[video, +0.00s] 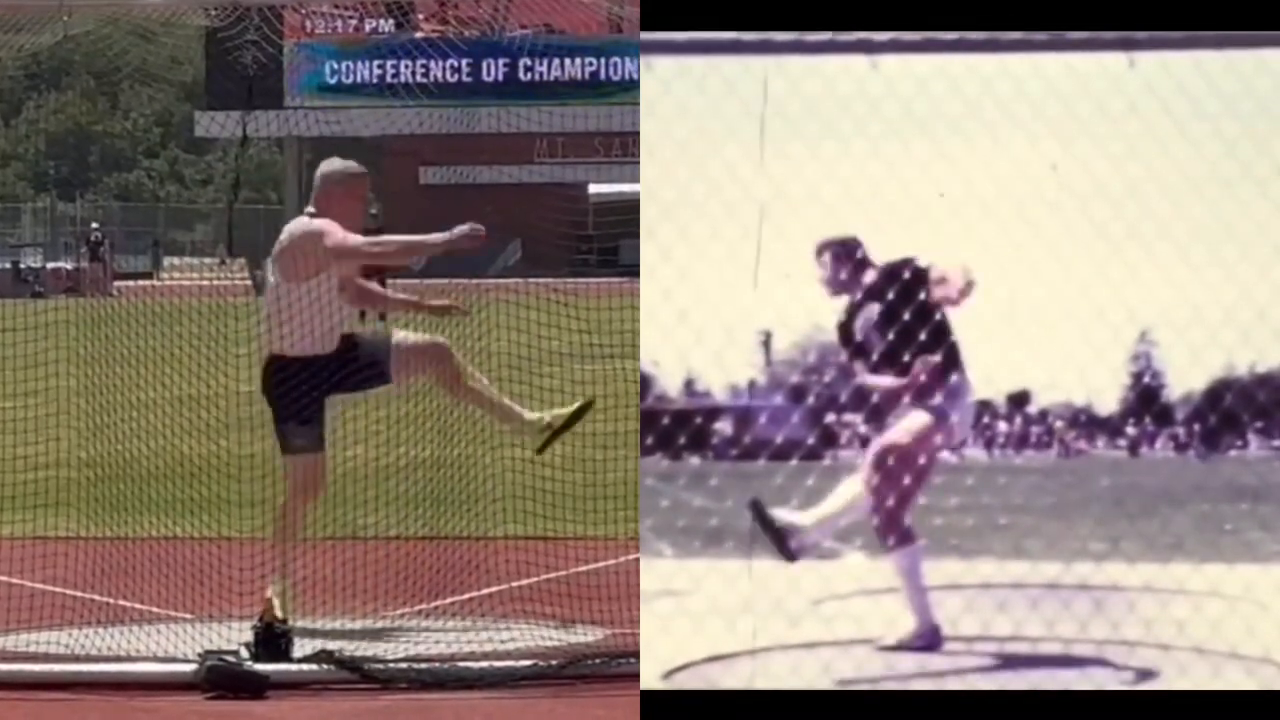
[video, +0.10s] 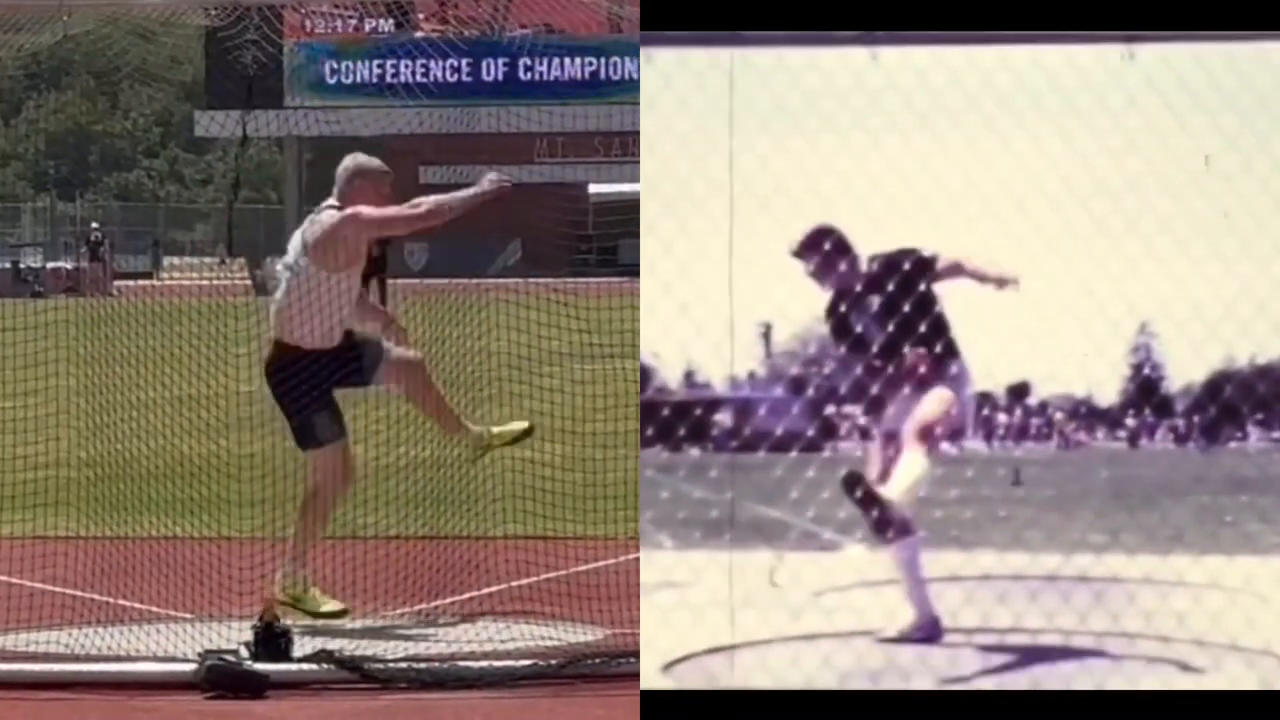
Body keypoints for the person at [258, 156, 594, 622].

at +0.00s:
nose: (366, 205)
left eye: (366, 196)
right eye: (360, 196)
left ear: (340, 197)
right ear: (332, 194)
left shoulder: (337, 240)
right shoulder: (307, 231)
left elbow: (360, 291)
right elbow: (373, 248)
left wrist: (422, 302)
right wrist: (446, 240)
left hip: (337, 355)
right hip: (293, 372)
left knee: (436, 355)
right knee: (306, 484)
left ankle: (530, 427)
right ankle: (276, 603)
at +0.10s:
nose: (388, 195)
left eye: (388, 187)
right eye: (382, 187)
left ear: (357, 190)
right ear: (358, 188)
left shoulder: (349, 230)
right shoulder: (337, 222)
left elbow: (345, 297)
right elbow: (421, 215)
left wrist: (384, 320)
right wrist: (479, 192)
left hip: (333, 349)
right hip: (295, 364)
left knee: (410, 366)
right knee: (334, 475)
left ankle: (470, 436)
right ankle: (292, 581)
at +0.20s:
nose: (404, 207)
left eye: (403, 200)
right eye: (400, 199)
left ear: (363, 193)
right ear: (382, 196)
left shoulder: (334, 224)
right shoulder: (370, 228)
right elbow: (448, 212)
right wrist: (498, 167)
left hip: (299, 351)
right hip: (318, 358)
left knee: (357, 360)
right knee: (350, 472)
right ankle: (323, 590)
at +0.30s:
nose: (416, 212)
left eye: (414, 202)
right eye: (413, 202)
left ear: (374, 202)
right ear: (399, 203)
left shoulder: (332, 237)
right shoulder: (399, 245)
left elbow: (294, 299)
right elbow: (487, 235)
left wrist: (308, 339)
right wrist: (505, 175)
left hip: (303, 360)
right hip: (352, 375)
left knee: (287, 403)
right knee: (354, 497)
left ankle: (253, 454)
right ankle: (323, 594)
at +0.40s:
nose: (412, 215)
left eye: (403, 208)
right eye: (417, 208)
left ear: (377, 206)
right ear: (418, 212)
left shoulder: (336, 241)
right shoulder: (425, 252)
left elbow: (288, 306)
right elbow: (510, 270)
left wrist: (283, 343)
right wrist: (512, 217)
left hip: (314, 362)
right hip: (367, 382)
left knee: (254, 401)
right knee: (359, 493)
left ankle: (194, 474)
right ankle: (327, 593)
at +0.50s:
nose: (400, 213)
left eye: (394, 207)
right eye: (410, 211)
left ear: (386, 215)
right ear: (426, 224)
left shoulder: (353, 240)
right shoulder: (440, 268)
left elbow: (297, 289)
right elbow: (497, 309)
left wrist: (271, 333)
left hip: (336, 361)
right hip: (383, 380)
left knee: (244, 385)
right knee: (352, 472)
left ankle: (187, 483)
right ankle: (362, 591)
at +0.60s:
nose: (374, 228)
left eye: (378, 223)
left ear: (381, 226)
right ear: (418, 236)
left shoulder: (361, 246)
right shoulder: (430, 278)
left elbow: (308, 290)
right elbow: (462, 337)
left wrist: (268, 323)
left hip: (359, 362)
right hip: (398, 383)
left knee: (240, 386)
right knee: (346, 473)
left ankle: (199, 491)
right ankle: (387, 587)